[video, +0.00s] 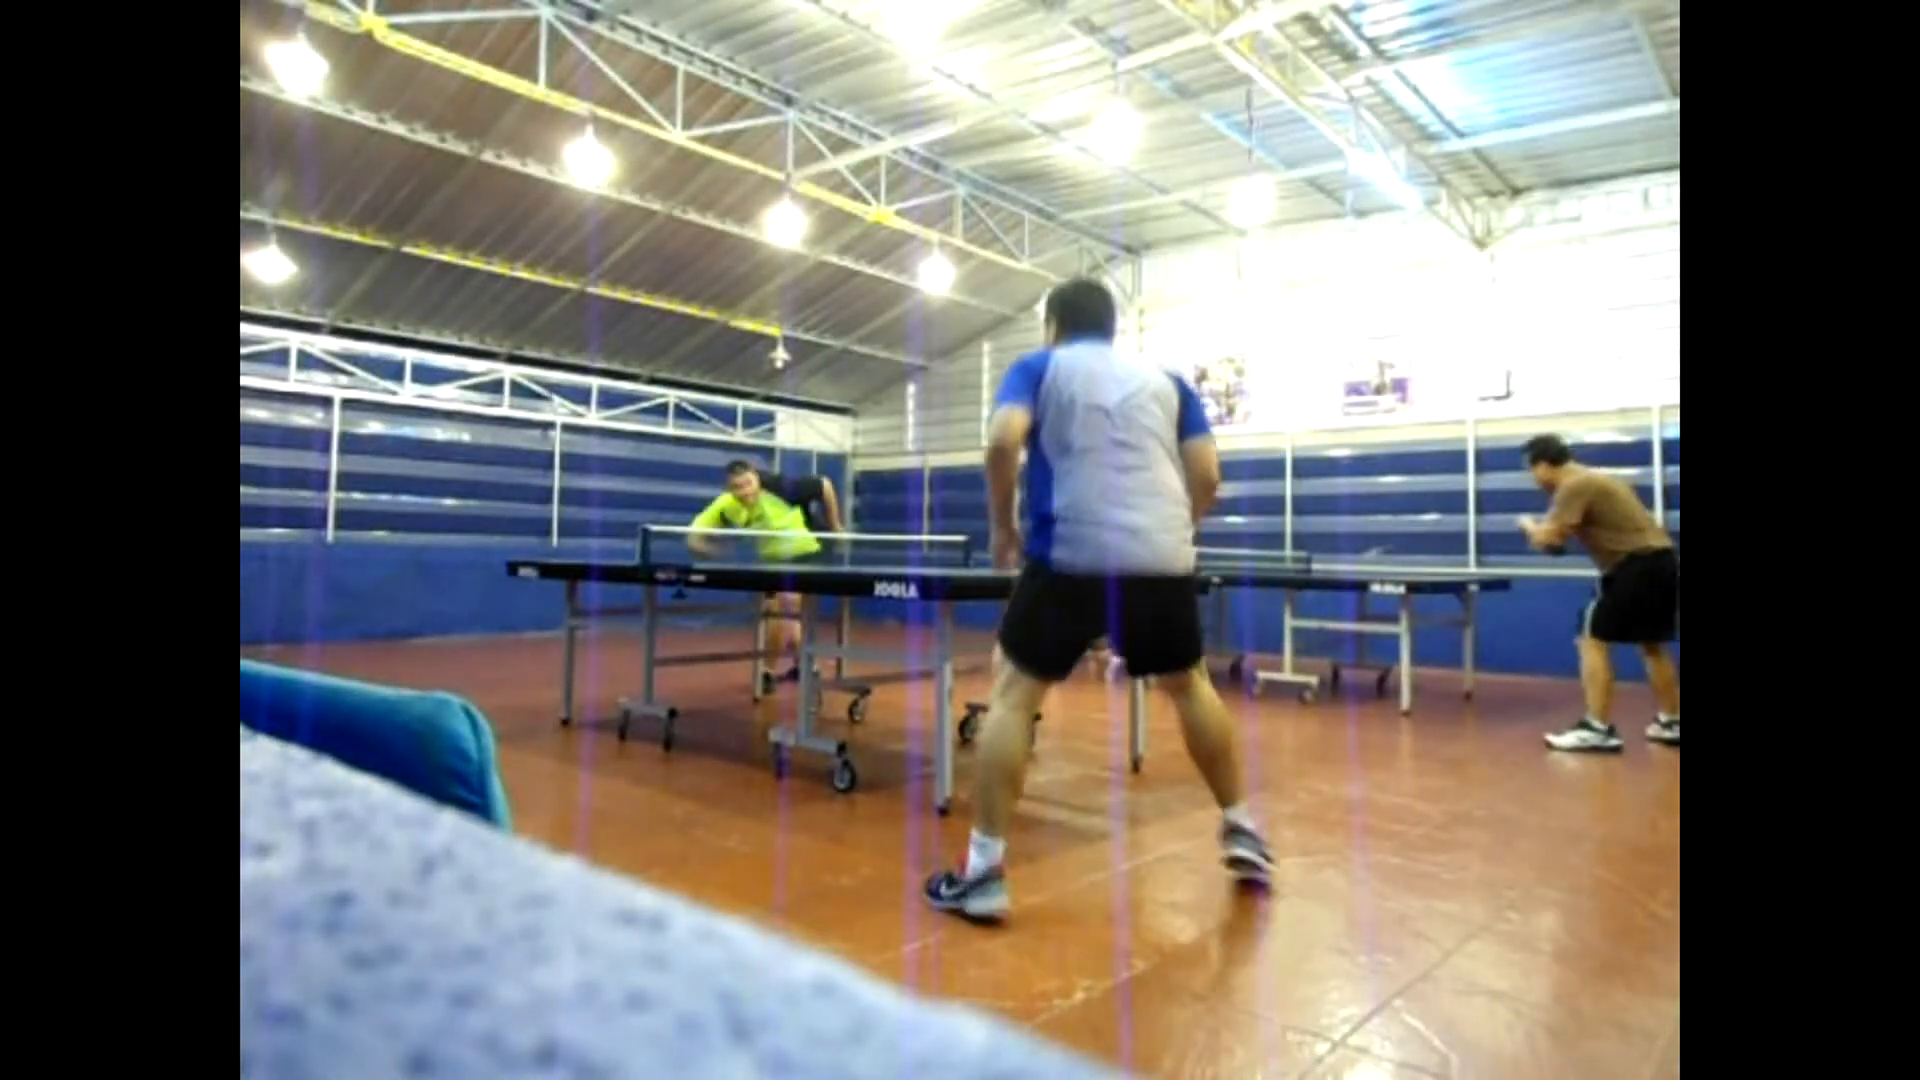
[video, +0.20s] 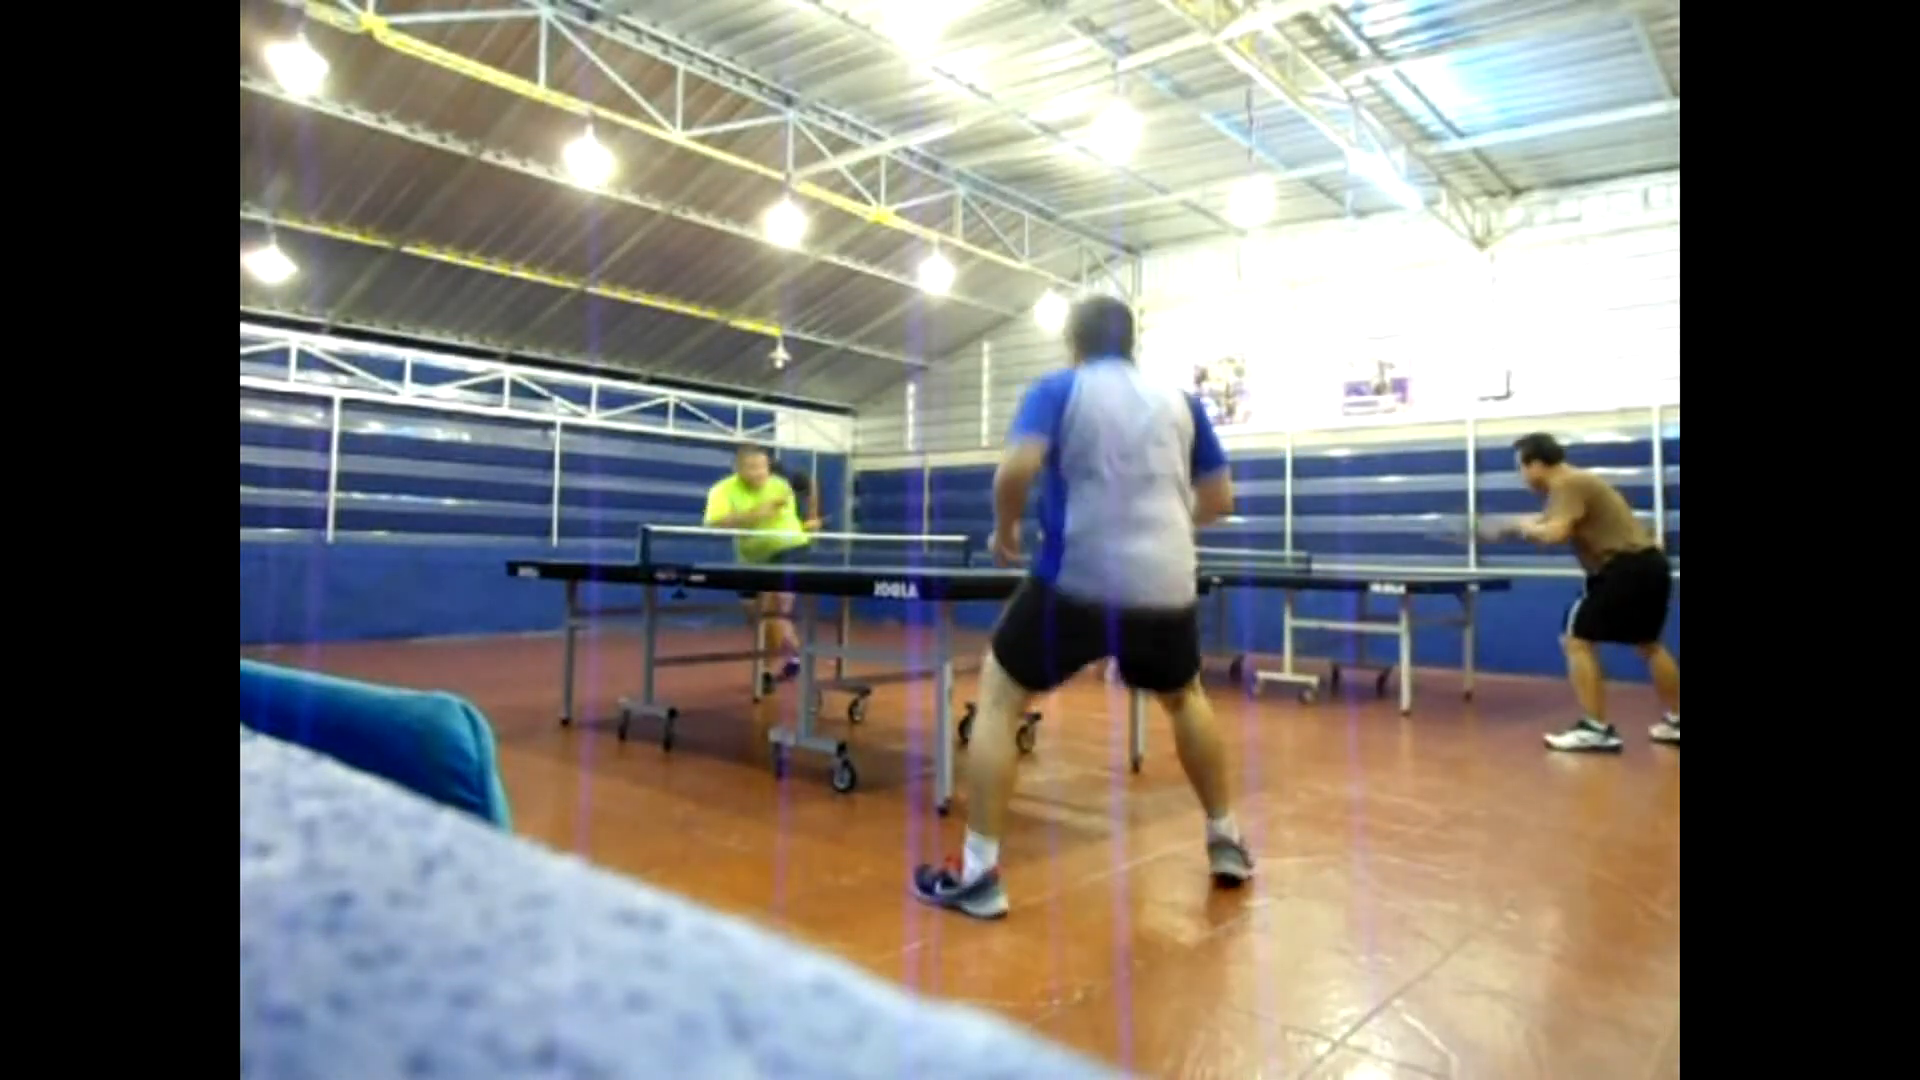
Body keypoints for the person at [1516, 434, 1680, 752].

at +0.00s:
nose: (1534, 478)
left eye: (1534, 469)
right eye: (1532, 470)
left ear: (1546, 465)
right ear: (1562, 458)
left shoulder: (1575, 485)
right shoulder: (1596, 479)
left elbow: (1551, 537)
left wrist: (1531, 528)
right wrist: (1544, 530)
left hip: (1635, 565)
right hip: (1663, 559)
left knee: (1592, 641)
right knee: (1653, 645)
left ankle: (1597, 724)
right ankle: (1672, 720)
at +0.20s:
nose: (1523, 476)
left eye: (1524, 467)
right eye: (1522, 467)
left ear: (1538, 463)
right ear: (1552, 459)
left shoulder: (1568, 484)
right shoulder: (1582, 480)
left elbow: (1558, 530)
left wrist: (1525, 528)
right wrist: (1532, 525)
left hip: (1621, 567)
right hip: (1652, 561)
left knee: (1576, 642)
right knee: (1649, 645)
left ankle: (1595, 725)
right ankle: (1676, 718)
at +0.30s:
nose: (1524, 465)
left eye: (1526, 456)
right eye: (1523, 457)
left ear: (1542, 455)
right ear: (1551, 455)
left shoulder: (1573, 476)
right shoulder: (1560, 486)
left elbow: (1593, 512)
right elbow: (1529, 508)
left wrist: (1554, 532)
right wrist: (1492, 504)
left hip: (1621, 564)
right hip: (1647, 562)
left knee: (1577, 640)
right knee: (1653, 646)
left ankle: (1595, 724)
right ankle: (1680, 718)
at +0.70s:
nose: (1568, 451)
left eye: (1570, 443)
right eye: (1568, 443)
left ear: (1584, 443)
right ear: (1597, 441)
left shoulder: (1612, 467)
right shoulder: (1609, 470)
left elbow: (1639, 506)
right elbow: (1617, 519)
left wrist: (1593, 537)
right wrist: (1572, 527)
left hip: (1656, 557)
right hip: (1660, 555)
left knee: (1620, 635)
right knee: (1672, 640)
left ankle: (1626, 723)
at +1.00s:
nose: (1589, 477)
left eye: (1589, 468)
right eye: (1587, 470)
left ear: (1604, 464)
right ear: (1613, 462)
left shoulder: (1629, 488)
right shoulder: (1639, 482)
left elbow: (1627, 546)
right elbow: (1643, 539)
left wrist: (1586, 548)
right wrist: (1612, 557)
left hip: (1675, 573)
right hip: (1671, 572)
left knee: (1661, 642)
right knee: (1663, 643)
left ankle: (1657, 728)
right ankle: (1660, 727)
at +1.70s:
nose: (1642, 476)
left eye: (1644, 467)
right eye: (1637, 469)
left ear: (1663, 455)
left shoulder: (1674, 480)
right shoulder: (1655, 487)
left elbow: (1664, 534)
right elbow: (1663, 536)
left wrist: (1656, 586)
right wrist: (1656, 586)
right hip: (1676, 579)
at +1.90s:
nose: (1673, 457)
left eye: (1676, 450)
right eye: (1669, 450)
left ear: (1678, 445)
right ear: (1663, 445)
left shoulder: (1660, 478)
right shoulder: (1656, 479)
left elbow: (1648, 525)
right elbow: (1649, 524)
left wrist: (1638, 577)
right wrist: (1637, 577)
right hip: (1670, 574)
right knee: (1672, 658)